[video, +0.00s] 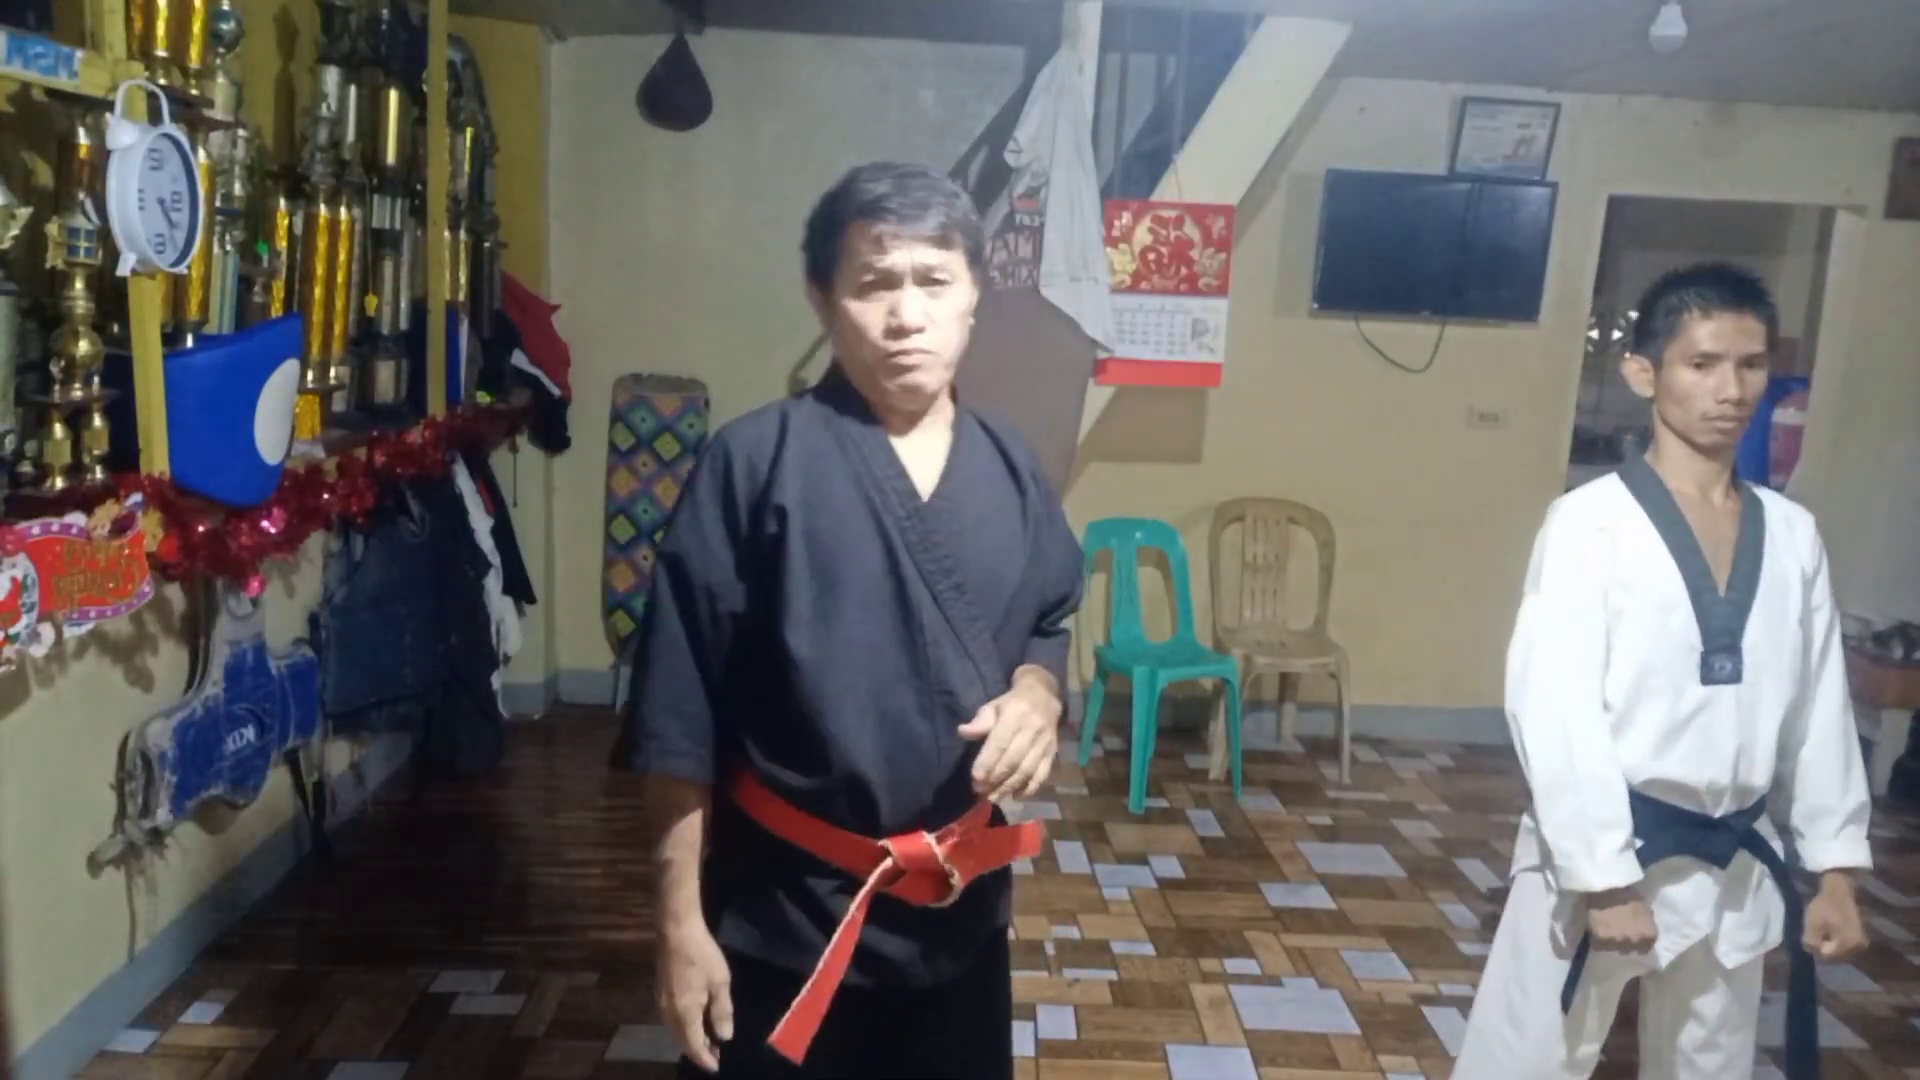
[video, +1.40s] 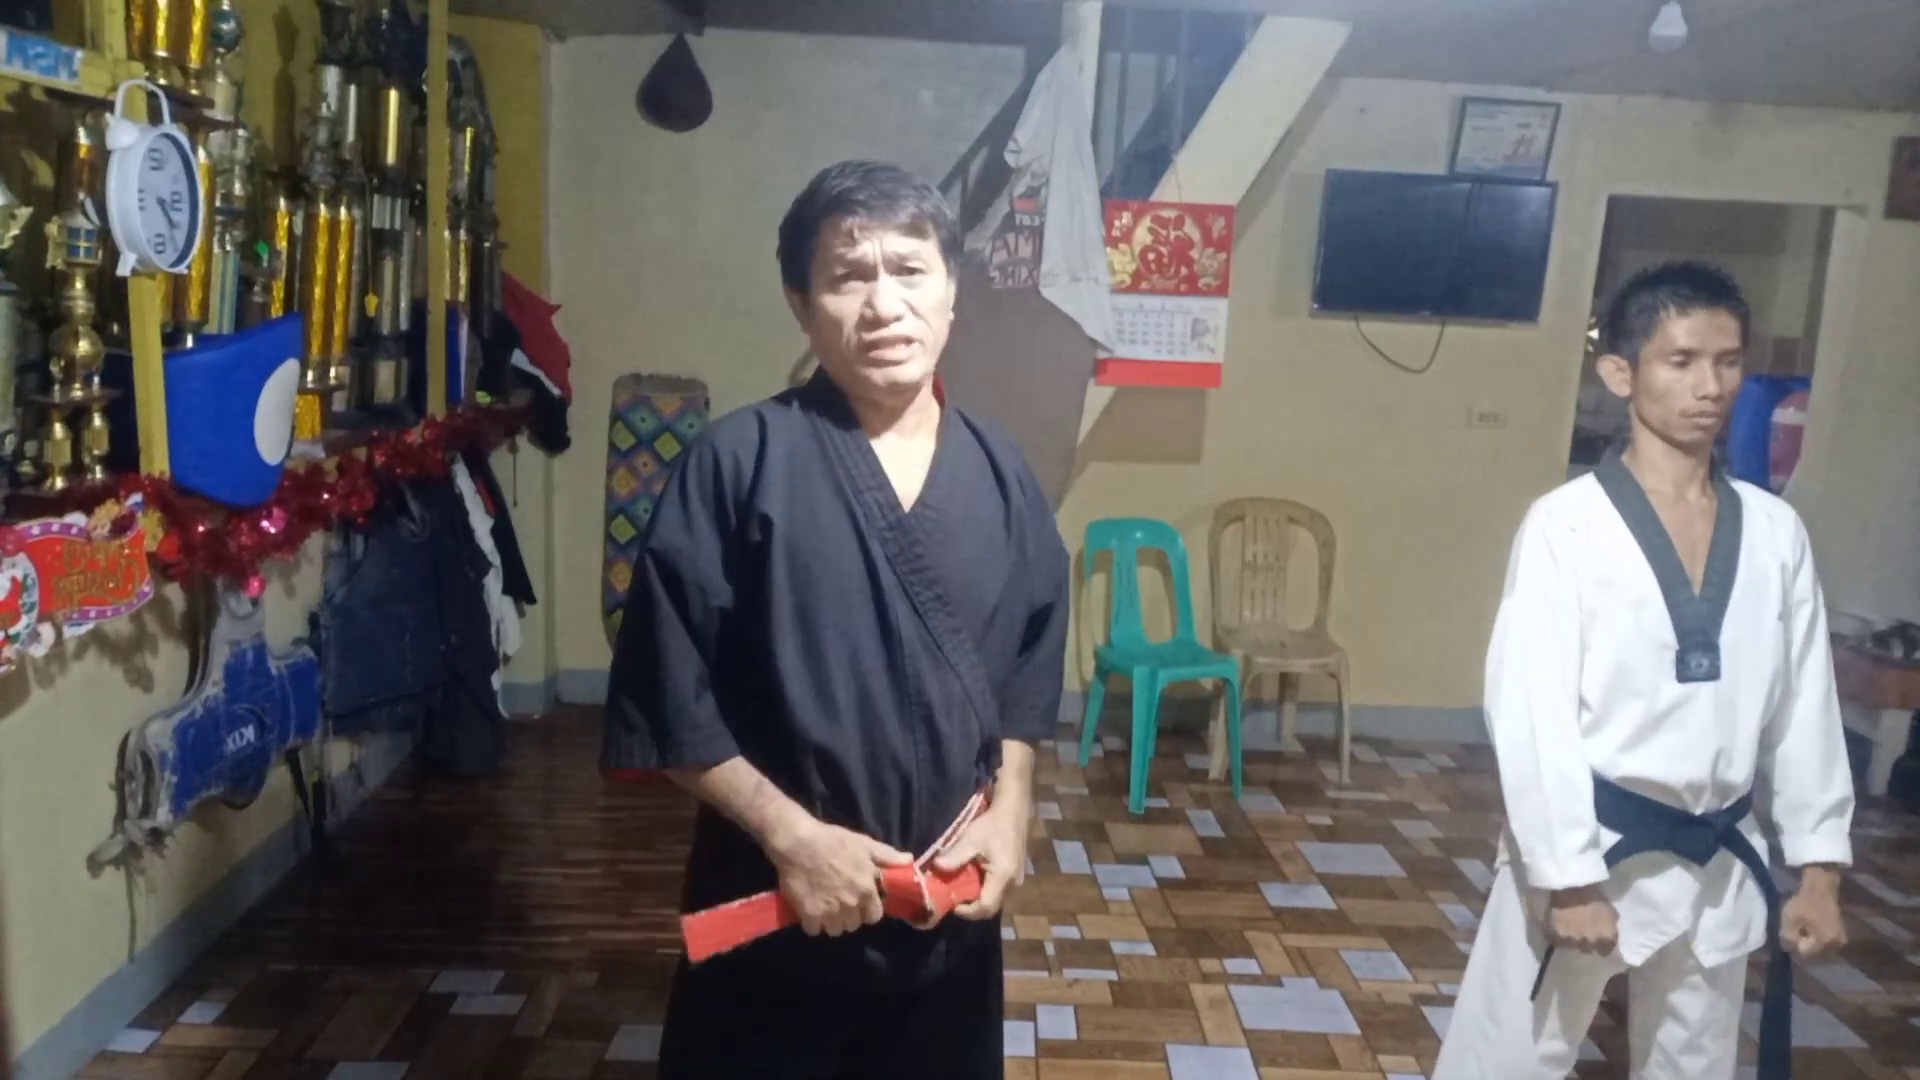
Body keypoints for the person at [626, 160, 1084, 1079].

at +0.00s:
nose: (907, 313)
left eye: (934, 282)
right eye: (876, 284)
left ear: (976, 296)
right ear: (824, 303)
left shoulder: (1005, 463)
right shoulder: (752, 464)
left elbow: (1048, 622)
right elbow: (677, 699)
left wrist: (1040, 694)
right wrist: (679, 919)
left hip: (961, 915)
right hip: (790, 918)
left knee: (962, 1067)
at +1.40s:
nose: (884, 304)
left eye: (910, 273)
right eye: (851, 277)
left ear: (952, 292)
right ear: (803, 306)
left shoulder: (1000, 471)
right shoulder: (736, 461)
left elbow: (1033, 652)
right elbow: (659, 687)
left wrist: (1012, 802)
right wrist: (793, 836)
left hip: (951, 927)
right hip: (770, 925)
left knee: (947, 1071)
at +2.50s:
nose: (897, 321)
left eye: (921, 286)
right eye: (862, 294)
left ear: (961, 296)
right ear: (816, 314)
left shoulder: (1010, 465)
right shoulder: (751, 464)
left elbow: (1077, 627)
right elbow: (679, 692)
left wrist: (1040, 662)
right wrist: (786, 853)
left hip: (956, 908)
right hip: (780, 907)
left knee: (956, 1071)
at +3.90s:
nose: (947, 304)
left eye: (970, 274)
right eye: (910, 285)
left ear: (1013, 300)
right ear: (869, 323)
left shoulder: (1024, 469)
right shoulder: (803, 440)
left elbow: (1071, 628)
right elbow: (679, 617)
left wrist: (1043, 655)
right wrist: (803, 711)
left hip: (965, 875)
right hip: (814, 873)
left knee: (959, 1065)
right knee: (795, 1066)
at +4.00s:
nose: (972, 313)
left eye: (996, 282)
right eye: (937, 287)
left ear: (1032, 304)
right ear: (890, 314)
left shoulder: (1027, 469)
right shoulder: (818, 431)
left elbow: (1069, 635)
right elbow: (671, 593)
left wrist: (1045, 652)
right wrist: (798, 618)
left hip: (958, 852)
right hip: (815, 844)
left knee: (944, 1063)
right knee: (789, 1063)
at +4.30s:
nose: (905, 303)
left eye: (930, 272)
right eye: (869, 279)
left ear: (969, 293)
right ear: (825, 309)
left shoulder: (973, 456)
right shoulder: (770, 449)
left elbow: (1019, 630)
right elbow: (631, 641)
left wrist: (992, 651)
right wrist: (807, 679)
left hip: (916, 862)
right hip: (775, 859)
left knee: (897, 1063)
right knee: (752, 1065)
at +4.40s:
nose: (852, 320)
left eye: (874, 284)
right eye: (812, 296)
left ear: (910, 296)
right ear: (764, 326)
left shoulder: (949, 460)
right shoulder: (719, 488)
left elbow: (1000, 614)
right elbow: (696, 748)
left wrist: (938, 648)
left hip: (892, 861)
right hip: (743, 868)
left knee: (893, 1062)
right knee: (744, 1065)